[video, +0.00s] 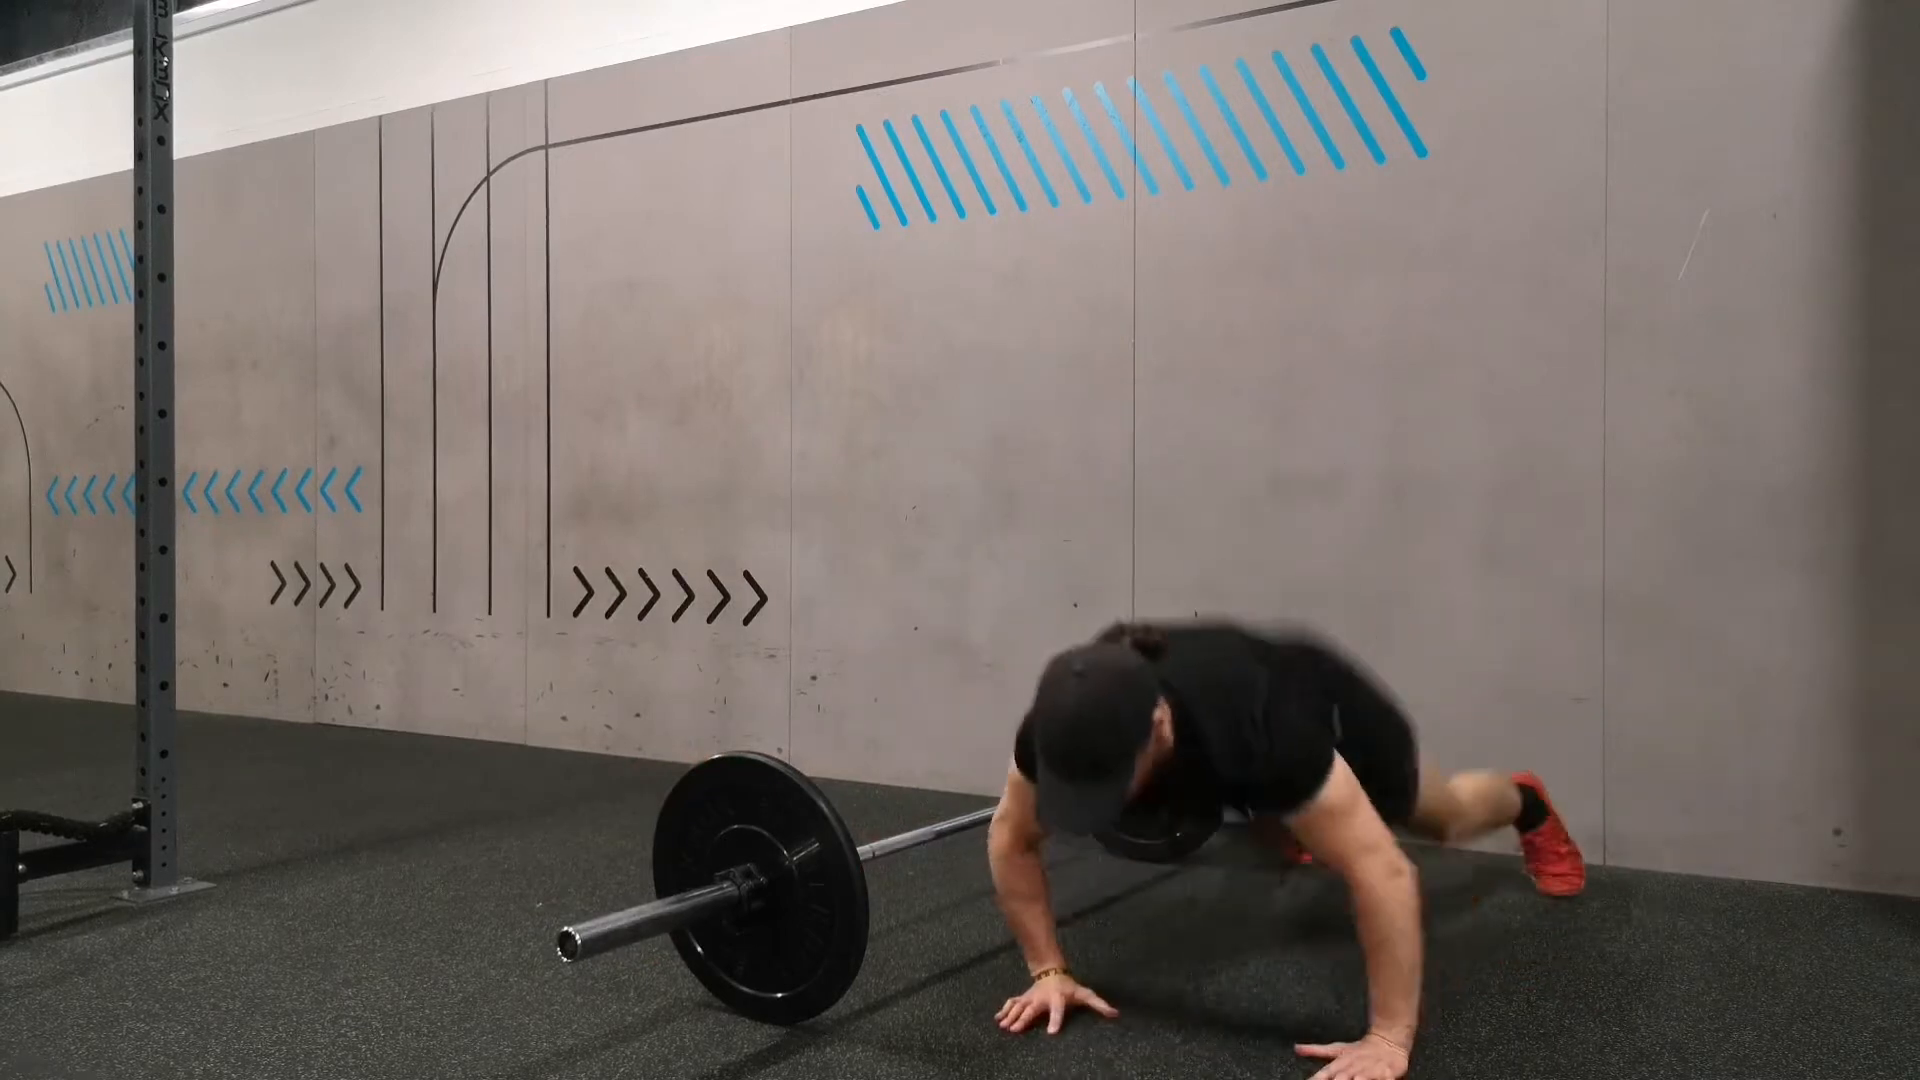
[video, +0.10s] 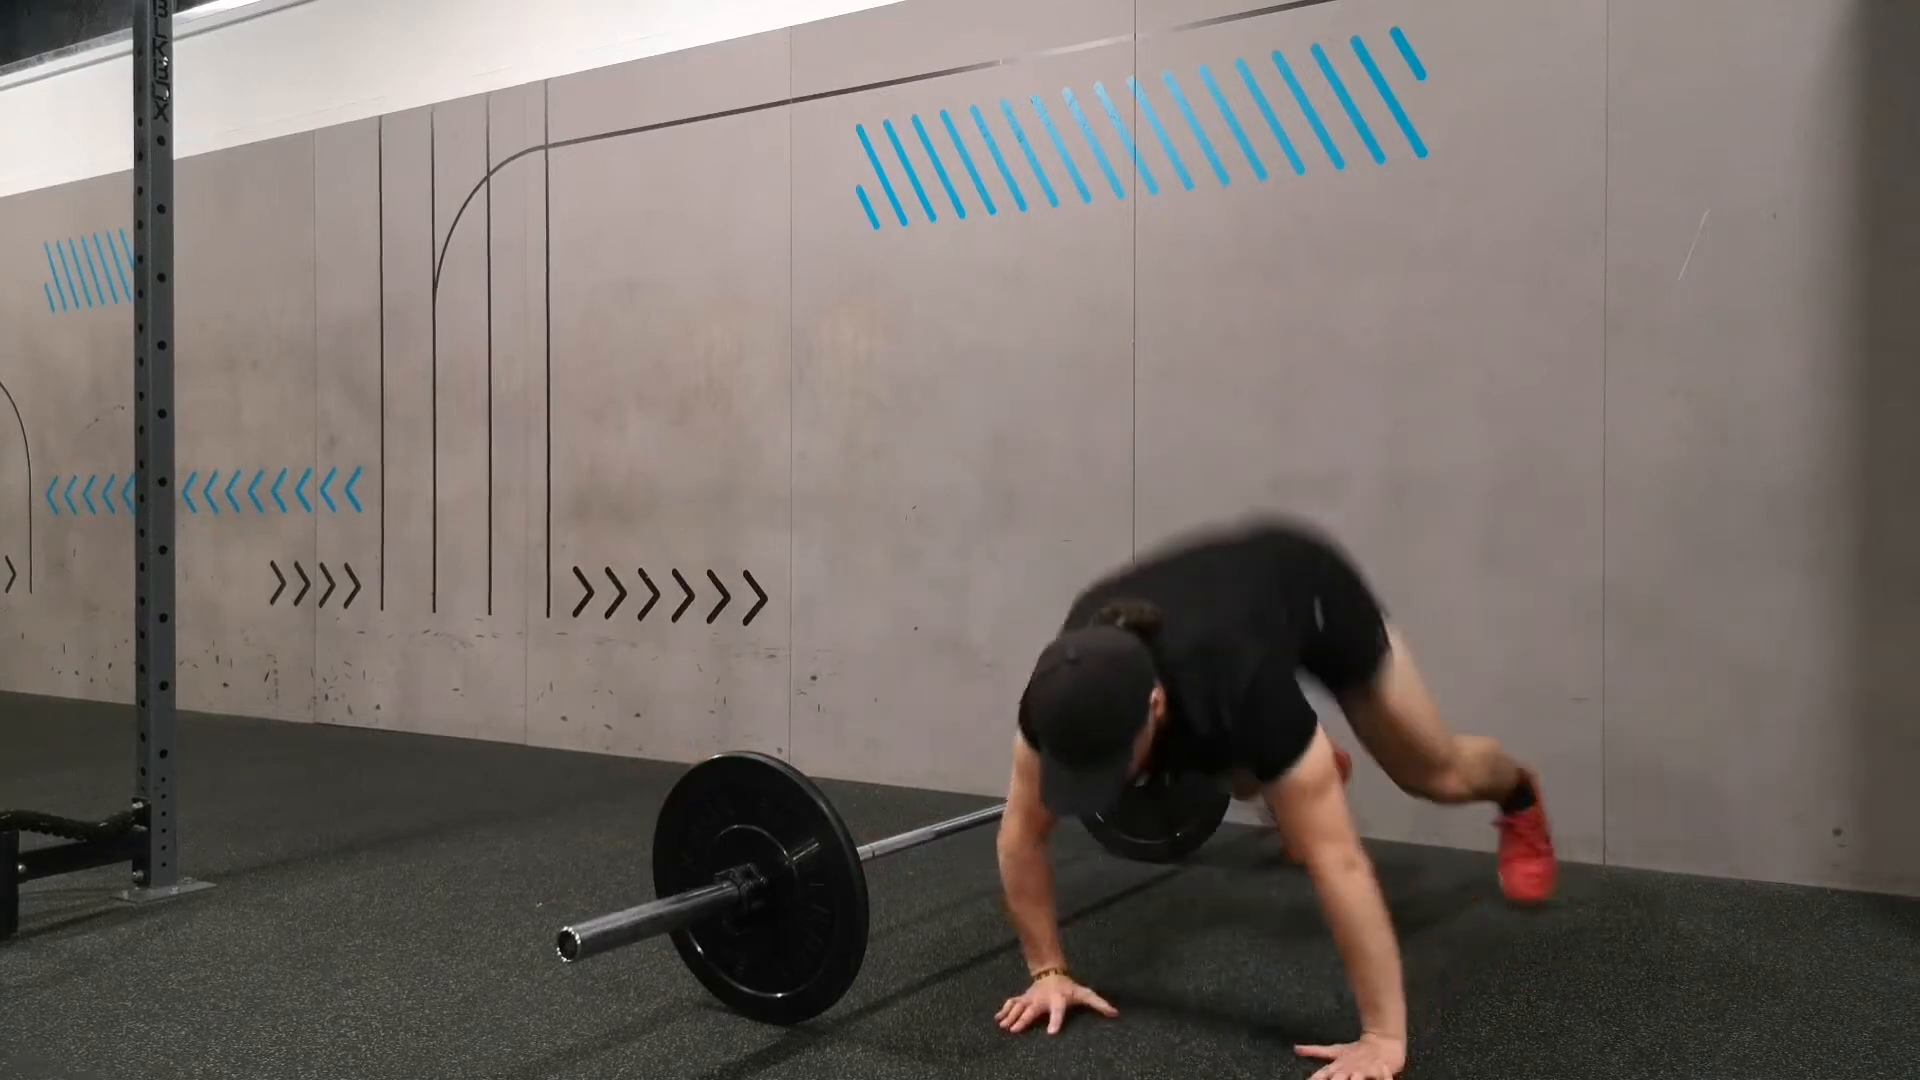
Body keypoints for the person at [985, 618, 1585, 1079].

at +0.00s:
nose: (1107, 801)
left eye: (1117, 784)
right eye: (1087, 792)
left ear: (1158, 732)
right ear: (1043, 740)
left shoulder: (1256, 728)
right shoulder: (1057, 731)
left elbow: (1382, 875)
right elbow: (1012, 842)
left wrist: (1389, 1040)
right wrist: (1047, 969)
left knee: (1435, 813)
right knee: (1251, 821)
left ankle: (1526, 798)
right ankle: (1296, 832)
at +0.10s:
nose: (1108, 783)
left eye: (1119, 765)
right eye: (1087, 772)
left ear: (1153, 710)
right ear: (1043, 724)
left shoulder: (1241, 688)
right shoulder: (1055, 700)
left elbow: (1338, 863)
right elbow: (1023, 834)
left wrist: (1384, 1036)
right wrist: (1047, 971)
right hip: (1179, 585)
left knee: (1435, 772)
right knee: (1228, 773)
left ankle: (1521, 791)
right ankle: (1314, 767)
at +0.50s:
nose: (944, 442)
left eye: (947, 421)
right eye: (934, 430)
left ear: (989, 387)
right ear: (937, 426)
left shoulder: (1099, 408)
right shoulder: (973, 474)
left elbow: (1235, 507)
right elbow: (991, 610)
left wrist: (1342, 614)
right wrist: (1019, 728)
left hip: (1232, 544)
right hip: (1135, 569)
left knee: (1282, 719)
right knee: (1048, 709)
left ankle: (1451, 899)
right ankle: (1159, 874)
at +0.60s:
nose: (910, 363)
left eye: (914, 341)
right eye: (898, 351)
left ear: (956, 311)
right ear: (899, 349)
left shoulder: (1059, 339)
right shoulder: (929, 407)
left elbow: (1195, 426)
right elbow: (953, 539)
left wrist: (1309, 526)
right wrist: (991, 648)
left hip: (1186, 489)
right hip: (1095, 524)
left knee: (1230, 650)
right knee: (1049, 691)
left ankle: (1393, 841)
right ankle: (1158, 872)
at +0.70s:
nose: (869, 278)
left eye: (873, 258)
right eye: (858, 268)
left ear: (917, 223)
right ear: (860, 263)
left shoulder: (1015, 261)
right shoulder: (881, 320)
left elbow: (1136, 376)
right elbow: (893, 444)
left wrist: (1245, 483)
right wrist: (922, 550)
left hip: (1113, 413)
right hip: (1029, 458)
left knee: (1069, 531)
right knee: (1032, 629)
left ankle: (1222, 685)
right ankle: (1125, 822)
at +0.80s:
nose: (823, 242)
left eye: (830, 225)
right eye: (816, 230)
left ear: (879, 197)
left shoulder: (968, 234)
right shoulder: (839, 279)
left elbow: (1088, 362)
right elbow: (831, 411)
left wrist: (1147, 495)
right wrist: (841, 526)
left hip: (1061, 384)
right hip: (974, 412)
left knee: (946, 462)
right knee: (931, 580)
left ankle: (1009, 658)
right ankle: (1100, 649)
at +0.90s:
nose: (774, 250)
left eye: (781, 232)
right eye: (765, 238)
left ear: (829, 202)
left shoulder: (914, 249)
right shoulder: (788, 292)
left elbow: (1027, 368)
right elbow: (773, 418)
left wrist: (1048, 514)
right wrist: (761, 540)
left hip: (1004, 400)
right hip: (921, 416)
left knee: (902, 546)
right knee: (826, 557)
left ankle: (874, 780)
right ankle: (1000, 606)